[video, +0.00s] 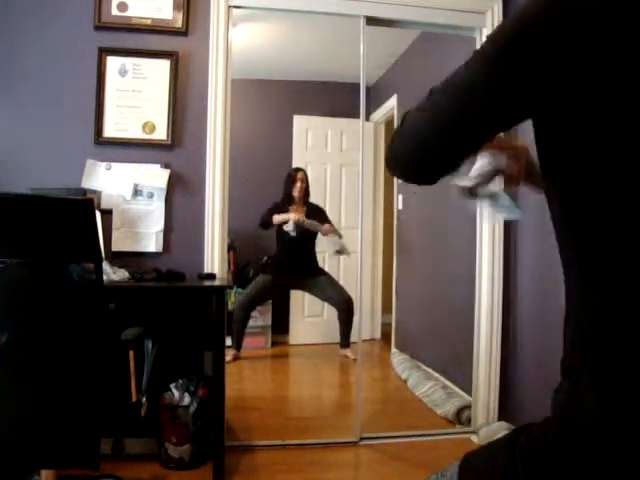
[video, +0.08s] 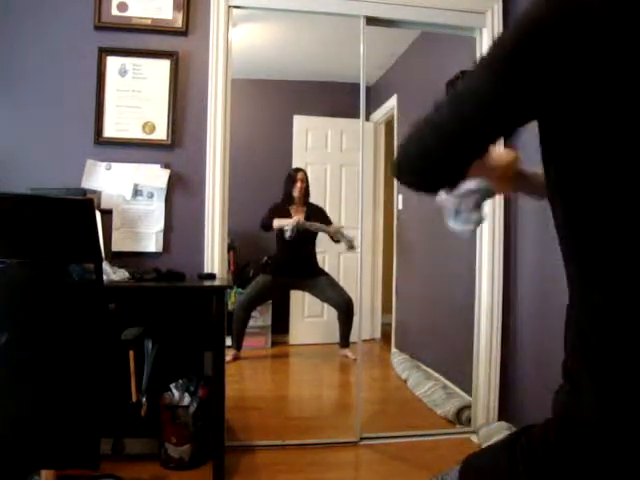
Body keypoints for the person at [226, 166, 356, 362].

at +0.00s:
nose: (300, 185)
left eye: (303, 181)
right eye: (296, 181)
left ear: (307, 185)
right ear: (289, 184)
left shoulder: (315, 211)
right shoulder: (279, 208)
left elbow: (332, 231)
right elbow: (263, 223)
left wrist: (306, 222)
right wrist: (287, 217)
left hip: (309, 272)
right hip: (279, 272)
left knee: (345, 302)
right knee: (243, 303)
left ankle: (345, 347)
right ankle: (235, 350)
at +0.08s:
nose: (299, 185)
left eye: (303, 181)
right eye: (296, 181)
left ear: (307, 185)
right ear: (288, 184)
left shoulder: (315, 212)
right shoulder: (279, 210)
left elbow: (336, 237)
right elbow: (264, 225)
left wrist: (330, 230)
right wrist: (290, 222)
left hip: (309, 272)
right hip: (279, 272)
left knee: (345, 303)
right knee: (243, 303)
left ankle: (344, 347)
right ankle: (235, 350)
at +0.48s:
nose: (302, 184)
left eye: (305, 180)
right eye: (298, 180)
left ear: (309, 184)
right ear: (290, 184)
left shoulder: (313, 211)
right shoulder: (280, 206)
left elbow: (335, 232)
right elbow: (289, 219)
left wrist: (354, 225)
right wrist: (318, 216)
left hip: (307, 271)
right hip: (279, 271)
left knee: (342, 303)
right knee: (242, 302)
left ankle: (344, 347)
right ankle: (235, 350)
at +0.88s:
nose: (297, 189)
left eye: (301, 185)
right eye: (294, 185)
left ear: (305, 189)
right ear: (287, 188)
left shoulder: (311, 213)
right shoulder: (277, 210)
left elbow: (336, 232)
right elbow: (280, 224)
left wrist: (351, 230)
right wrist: (305, 224)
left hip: (307, 274)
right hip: (277, 274)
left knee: (343, 305)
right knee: (241, 303)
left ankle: (344, 347)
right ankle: (236, 350)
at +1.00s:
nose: (298, 189)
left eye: (302, 185)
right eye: (295, 184)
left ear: (307, 189)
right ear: (288, 188)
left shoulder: (314, 211)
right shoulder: (278, 211)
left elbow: (332, 229)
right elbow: (256, 229)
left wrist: (326, 222)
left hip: (308, 273)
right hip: (278, 273)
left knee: (344, 304)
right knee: (241, 303)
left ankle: (345, 348)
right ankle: (236, 350)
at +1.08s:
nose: (297, 190)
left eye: (301, 186)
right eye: (294, 187)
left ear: (307, 192)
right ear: (289, 191)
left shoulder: (316, 209)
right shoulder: (284, 208)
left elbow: (314, 224)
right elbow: (264, 216)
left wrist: (298, 222)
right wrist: (242, 223)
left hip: (310, 273)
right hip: (280, 272)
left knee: (345, 302)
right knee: (245, 302)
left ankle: (345, 347)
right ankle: (236, 349)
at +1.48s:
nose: (303, 190)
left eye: (307, 186)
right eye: (300, 186)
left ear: (311, 190)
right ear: (294, 190)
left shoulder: (318, 213)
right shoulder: (284, 210)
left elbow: (332, 229)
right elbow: (263, 219)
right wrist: (248, 223)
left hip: (308, 274)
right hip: (279, 273)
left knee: (344, 303)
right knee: (243, 303)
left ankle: (344, 348)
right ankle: (236, 349)